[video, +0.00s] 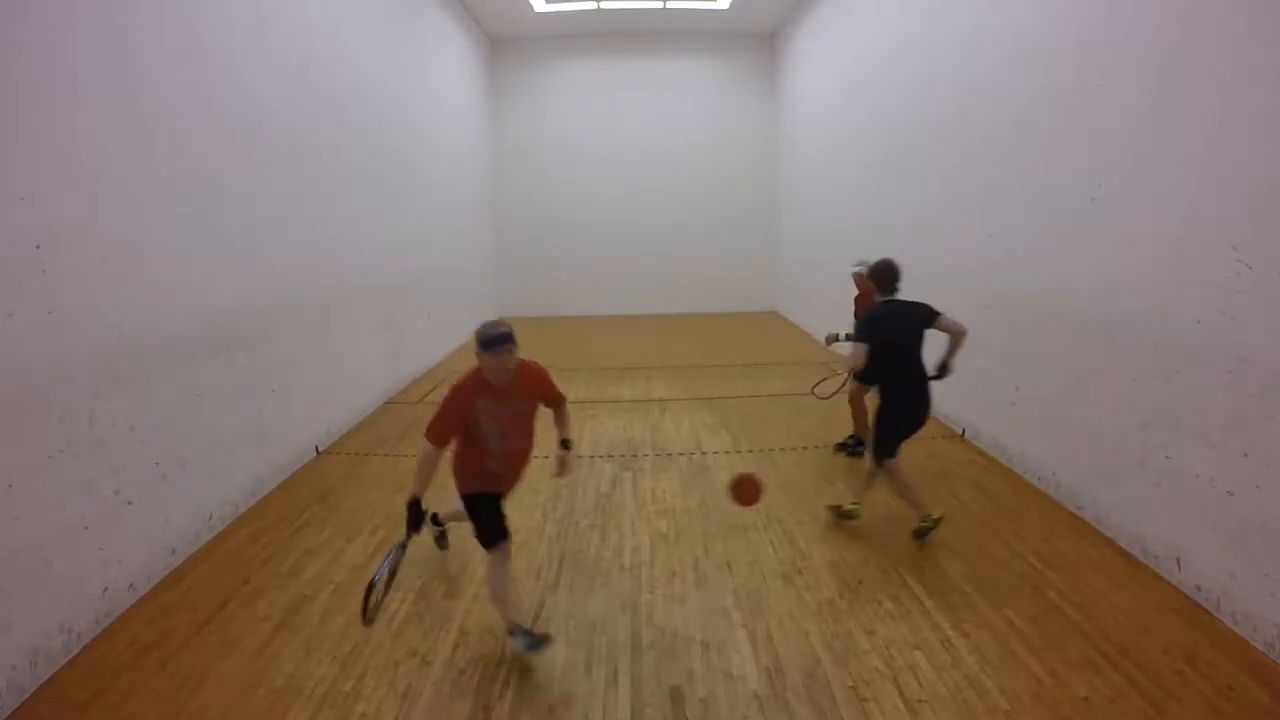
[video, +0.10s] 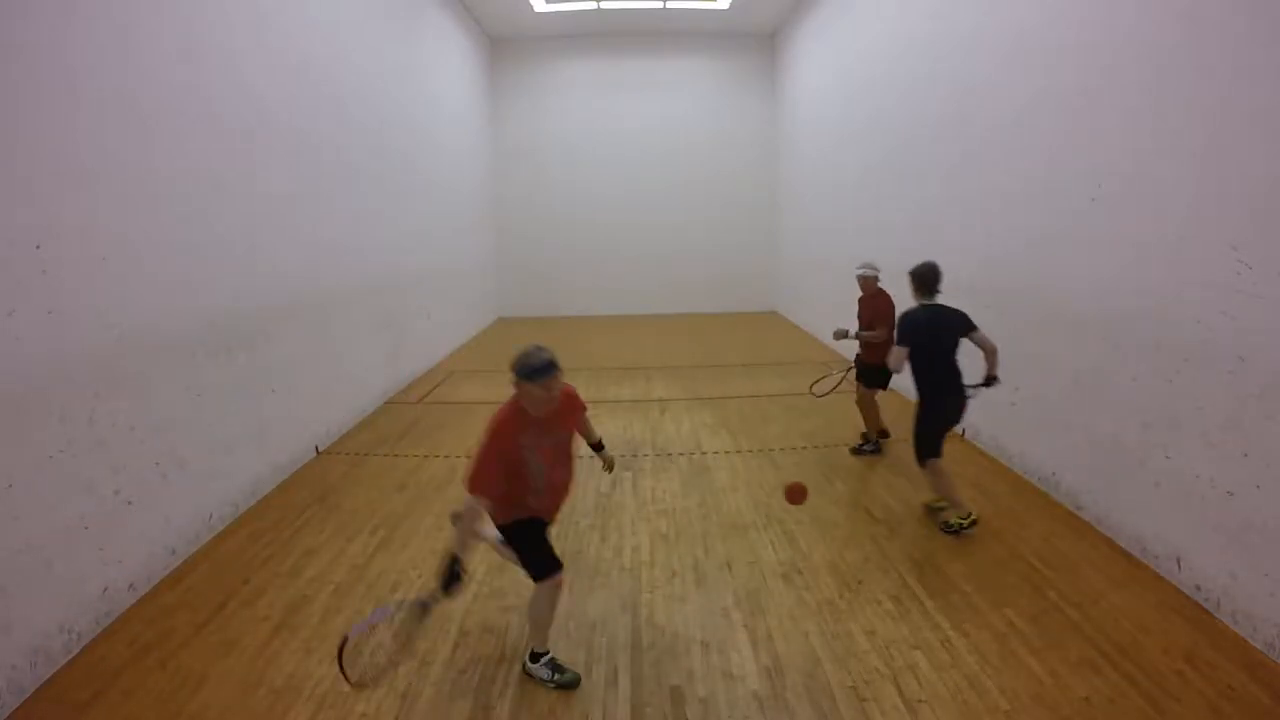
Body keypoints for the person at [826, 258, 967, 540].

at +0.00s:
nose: (865, 285)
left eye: (867, 281)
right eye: (868, 281)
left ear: (874, 285)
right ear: (896, 283)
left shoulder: (870, 318)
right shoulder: (916, 310)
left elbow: (857, 364)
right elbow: (958, 331)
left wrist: (848, 356)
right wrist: (946, 362)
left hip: (893, 405)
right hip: (920, 402)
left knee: (884, 460)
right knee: (877, 451)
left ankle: (926, 514)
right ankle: (856, 503)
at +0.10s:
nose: (911, 287)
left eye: (911, 284)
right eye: (916, 283)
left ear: (913, 286)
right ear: (937, 285)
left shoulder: (909, 319)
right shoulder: (954, 315)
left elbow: (895, 364)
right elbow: (990, 348)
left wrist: (897, 347)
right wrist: (991, 375)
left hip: (932, 401)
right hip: (956, 397)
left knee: (928, 459)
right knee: (931, 445)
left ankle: (962, 512)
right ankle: (944, 496)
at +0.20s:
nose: (945, 296)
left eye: (945, 292)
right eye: (950, 292)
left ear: (947, 295)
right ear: (970, 294)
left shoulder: (944, 327)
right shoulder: (984, 323)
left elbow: (934, 371)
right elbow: (1012, 357)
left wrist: (938, 354)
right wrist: (1011, 383)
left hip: (965, 407)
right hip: (989, 402)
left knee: (944, 459)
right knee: (977, 441)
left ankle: (967, 517)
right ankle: (1007, 489)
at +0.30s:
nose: (975, 302)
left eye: (976, 299)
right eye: (976, 298)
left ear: (980, 301)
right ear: (1002, 300)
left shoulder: (977, 331)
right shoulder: (1015, 327)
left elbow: (966, 374)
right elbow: (1038, 360)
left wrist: (975, 357)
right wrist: (1028, 377)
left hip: (993, 404)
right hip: (1017, 399)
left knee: (964, 453)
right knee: (1016, 445)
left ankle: (972, 513)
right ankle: (1047, 488)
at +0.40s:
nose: (1001, 308)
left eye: (1002, 304)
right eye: (1002, 303)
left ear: (1007, 307)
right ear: (1027, 307)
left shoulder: (999, 335)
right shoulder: (1041, 332)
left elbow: (987, 367)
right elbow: (1059, 366)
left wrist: (1003, 349)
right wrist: (1042, 372)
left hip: (1017, 404)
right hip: (1042, 401)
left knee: (992, 452)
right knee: (1032, 449)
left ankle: (992, 504)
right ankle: (1054, 493)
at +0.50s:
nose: (1017, 307)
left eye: (1019, 303)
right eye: (1018, 303)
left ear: (1025, 306)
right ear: (1045, 307)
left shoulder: (1014, 331)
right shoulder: (1059, 332)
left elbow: (1025, 356)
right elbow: (1074, 368)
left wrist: (1050, 323)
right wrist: (1055, 373)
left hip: (1030, 399)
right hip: (1055, 398)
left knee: (1014, 446)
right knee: (1034, 445)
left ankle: (1021, 495)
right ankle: (1054, 492)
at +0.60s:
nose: (1031, 300)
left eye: (1033, 297)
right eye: (1033, 296)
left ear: (1037, 300)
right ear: (1058, 300)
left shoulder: (1027, 324)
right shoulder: (1072, 327)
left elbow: (1044, 336)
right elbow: (1082, 364)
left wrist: (1062, 319)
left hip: (1038, 393)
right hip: (1065, 394)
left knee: (1020, 439)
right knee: (1042, 441)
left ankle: (1030, 488)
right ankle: (1054, 491)